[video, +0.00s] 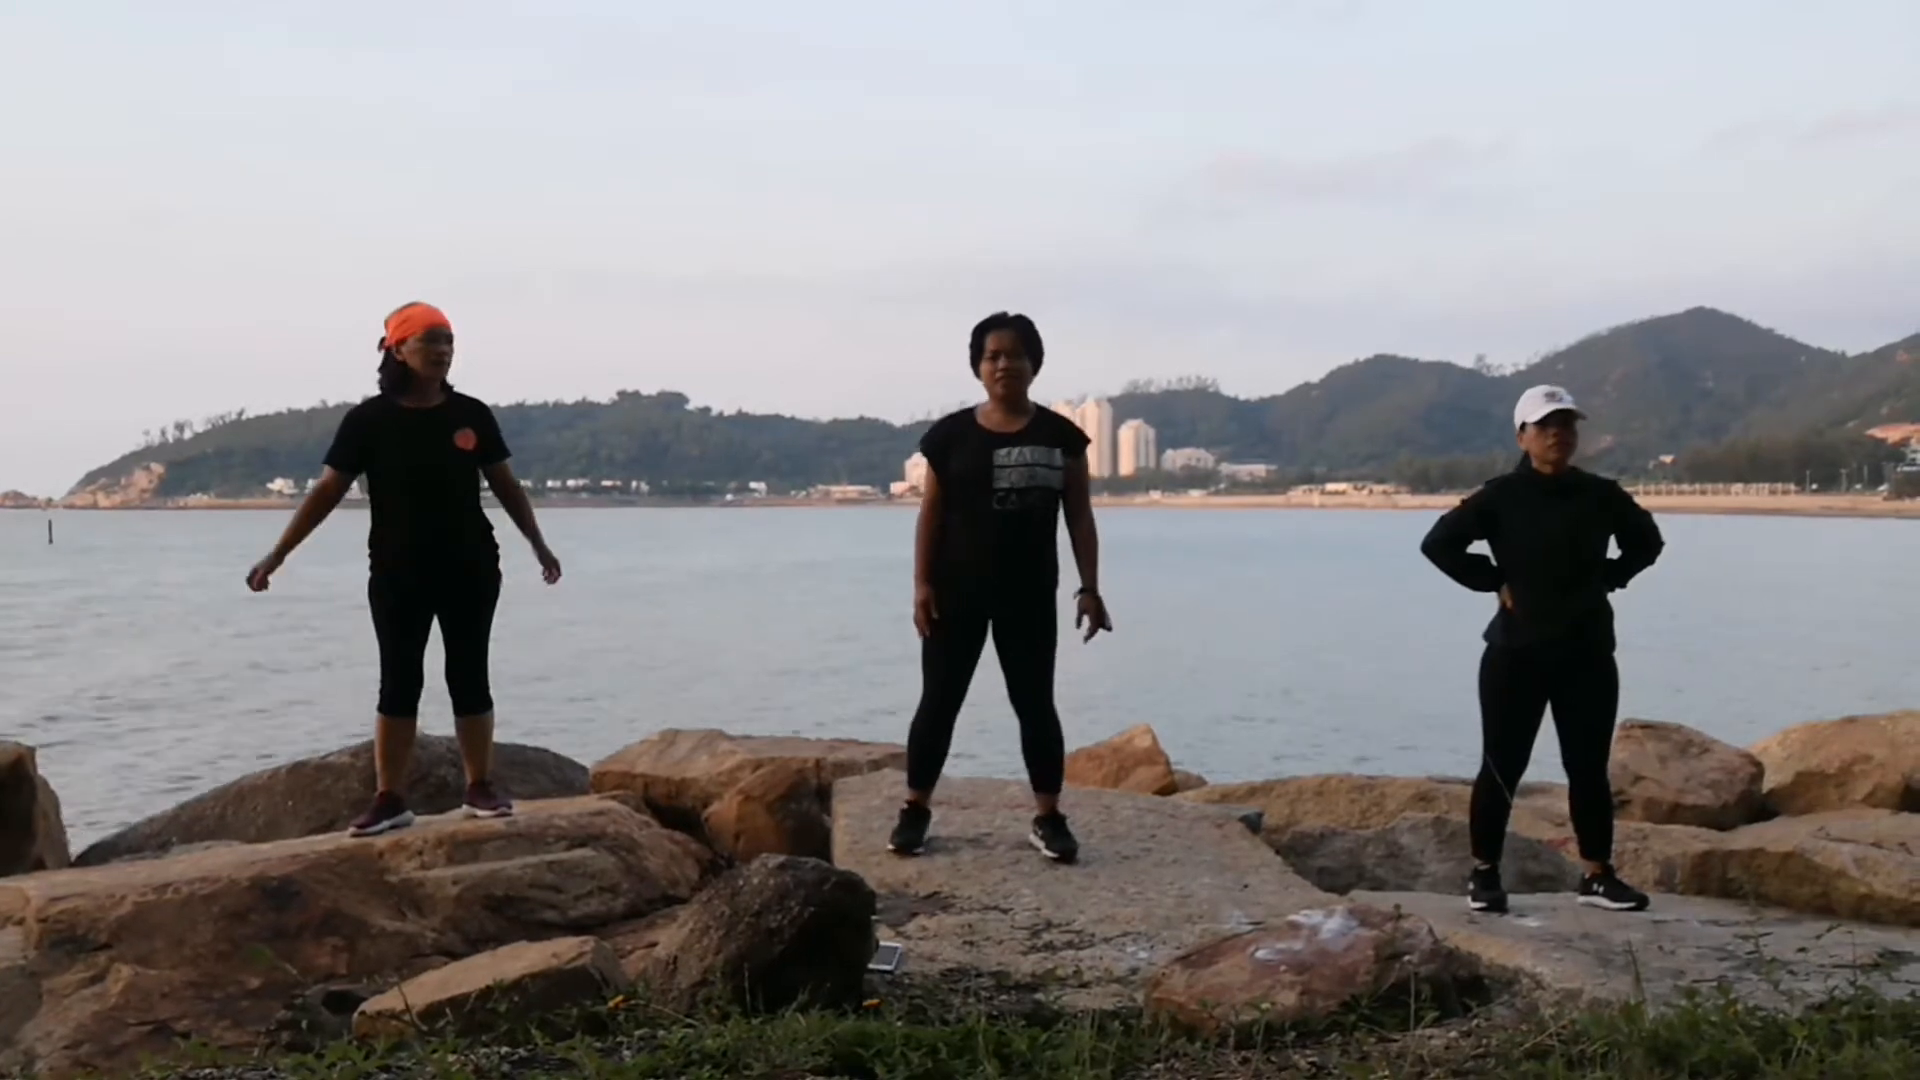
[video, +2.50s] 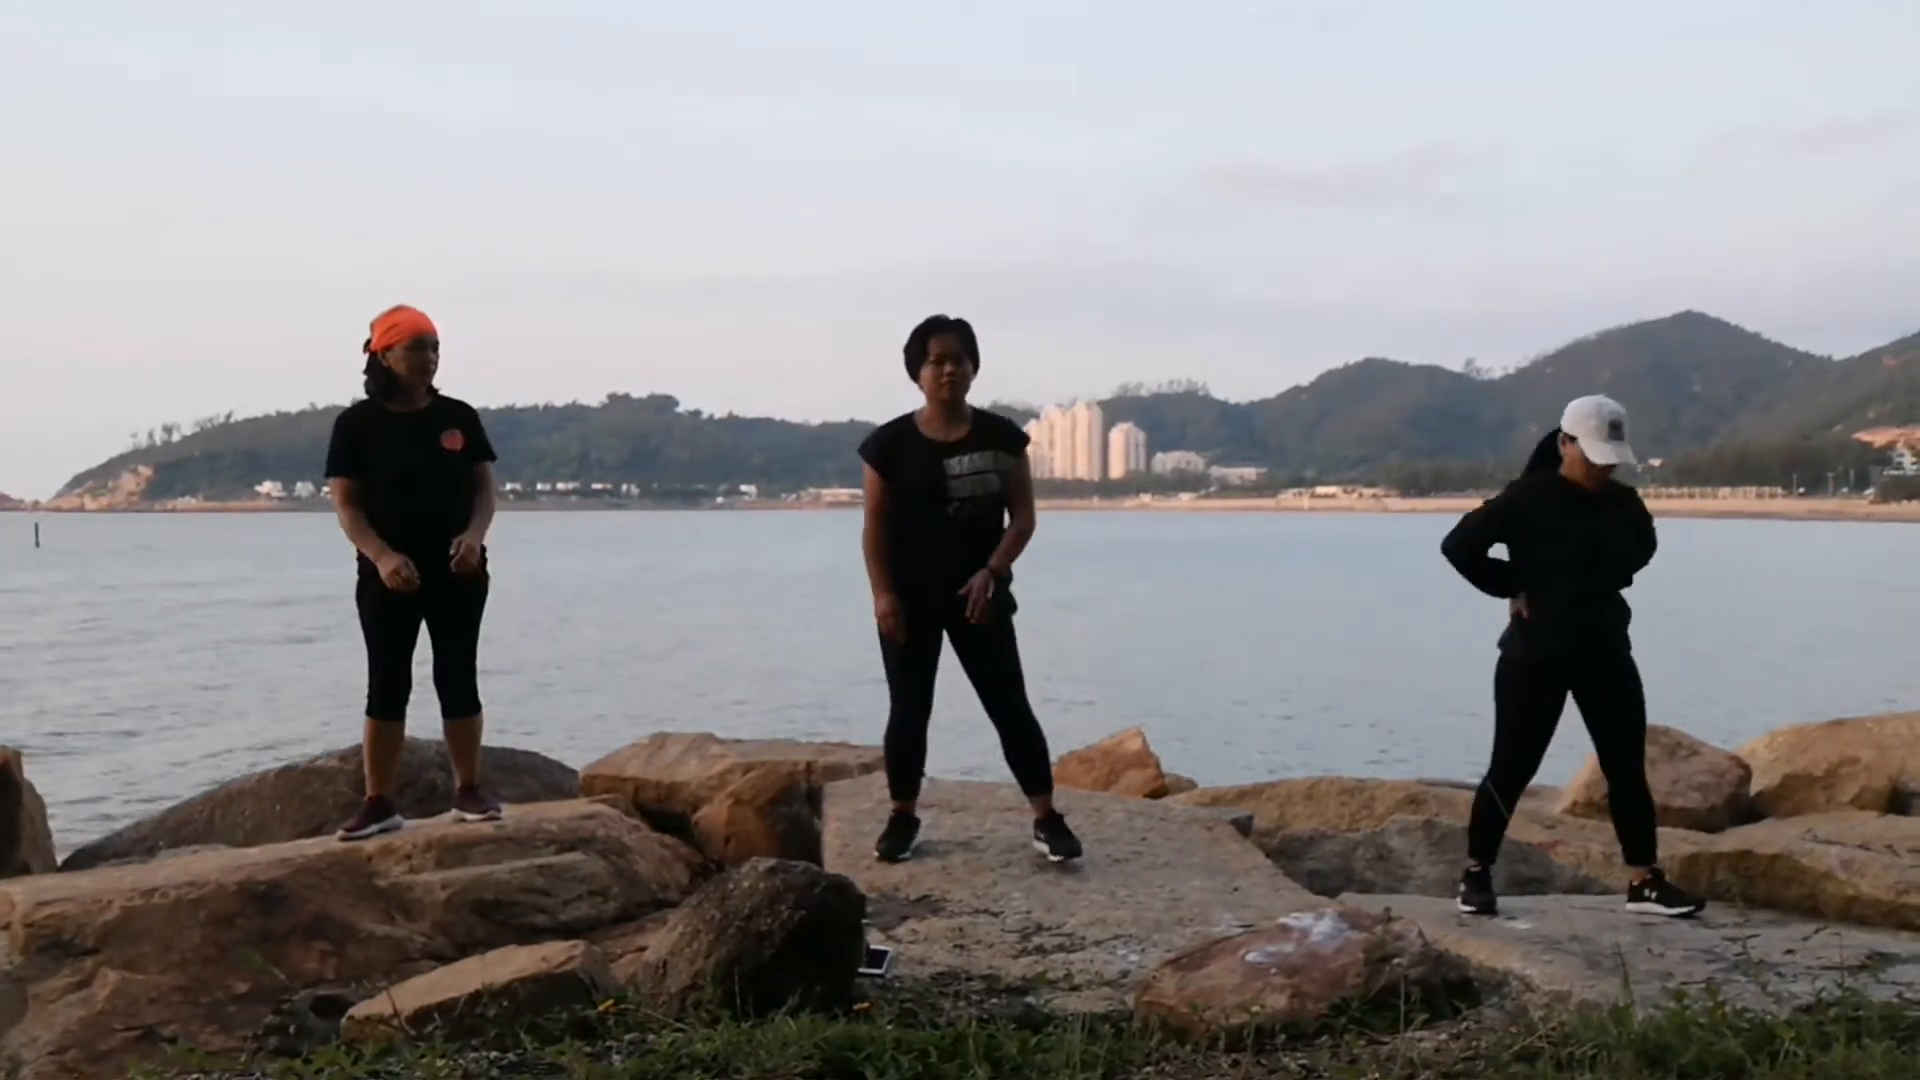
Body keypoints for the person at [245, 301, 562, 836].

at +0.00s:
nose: (443, 349)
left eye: (448, 340)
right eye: (431, 340)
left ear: (452, 348)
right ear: (399, 349)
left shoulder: (472, 416)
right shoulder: (368, 420)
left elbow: (505, 484)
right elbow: (326, 492)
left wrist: (538, 543)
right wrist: (276, 554)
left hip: (468, 570)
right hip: (398, 574)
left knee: (469, 680)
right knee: (398, 686)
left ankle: (480, 788)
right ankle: (388, 799)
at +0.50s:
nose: (437, 351)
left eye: (440, 342)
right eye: (424, 343)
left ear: (445, 349)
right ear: (391, 353)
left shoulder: (465, 414)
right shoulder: (361, 423)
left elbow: (492, 482)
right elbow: (354, 505)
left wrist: (476, 525)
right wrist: (402, 540)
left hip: (465, 570)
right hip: (395, 573)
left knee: (467, 681)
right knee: (395, 686)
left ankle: (477, 789)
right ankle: (387, 798)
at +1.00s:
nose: (433, 352)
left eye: (437, 343)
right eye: (420, 343)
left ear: (441, 350)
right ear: (387, 353)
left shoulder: (461, 417)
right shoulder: (358, 425)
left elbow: (492, 486)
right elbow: (324, 501)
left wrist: (518, 548)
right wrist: (285, 571)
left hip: (461, 572)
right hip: (391, 578)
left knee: (463, 681)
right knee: (391, 688)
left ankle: (475, 789)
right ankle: (383, 800)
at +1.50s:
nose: (434, 354)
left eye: (437, 344)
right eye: (421, 345)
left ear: (441, 350)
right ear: (388, 354)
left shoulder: (462, 416)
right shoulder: (357, 424)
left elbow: (488, 487)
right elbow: (348, 505)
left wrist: (472, 531)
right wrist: (391, 548)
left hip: (459, 570)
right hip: (389, 573)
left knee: (462, 681)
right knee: (390, 687)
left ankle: (472, 790)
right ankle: (382, 799)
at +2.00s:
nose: (435, 355)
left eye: (438, 346)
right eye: (422, 346)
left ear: (441, 352)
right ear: (388, 355)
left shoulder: (462, 418)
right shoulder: (358, 425)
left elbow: (493, 489)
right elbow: (328, 503)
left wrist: (523, 547)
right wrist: (296, 573)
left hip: (460, 574)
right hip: (390, 577)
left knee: (461, 682)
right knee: (389, 690)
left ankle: (470, 790)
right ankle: (380, 800)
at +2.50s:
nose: (430, 356)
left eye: (433, 346)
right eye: (417, 348)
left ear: (438, 352)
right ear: (383, 356)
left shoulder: (459, 417)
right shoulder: (354, 425)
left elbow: (485, 487)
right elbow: (345, 506)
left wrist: (475, 534)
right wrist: (381, 555)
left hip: (456, 575)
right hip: (387, 577)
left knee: (458, 683)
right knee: (386, 690)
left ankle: (468, 791)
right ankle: (378, 801)